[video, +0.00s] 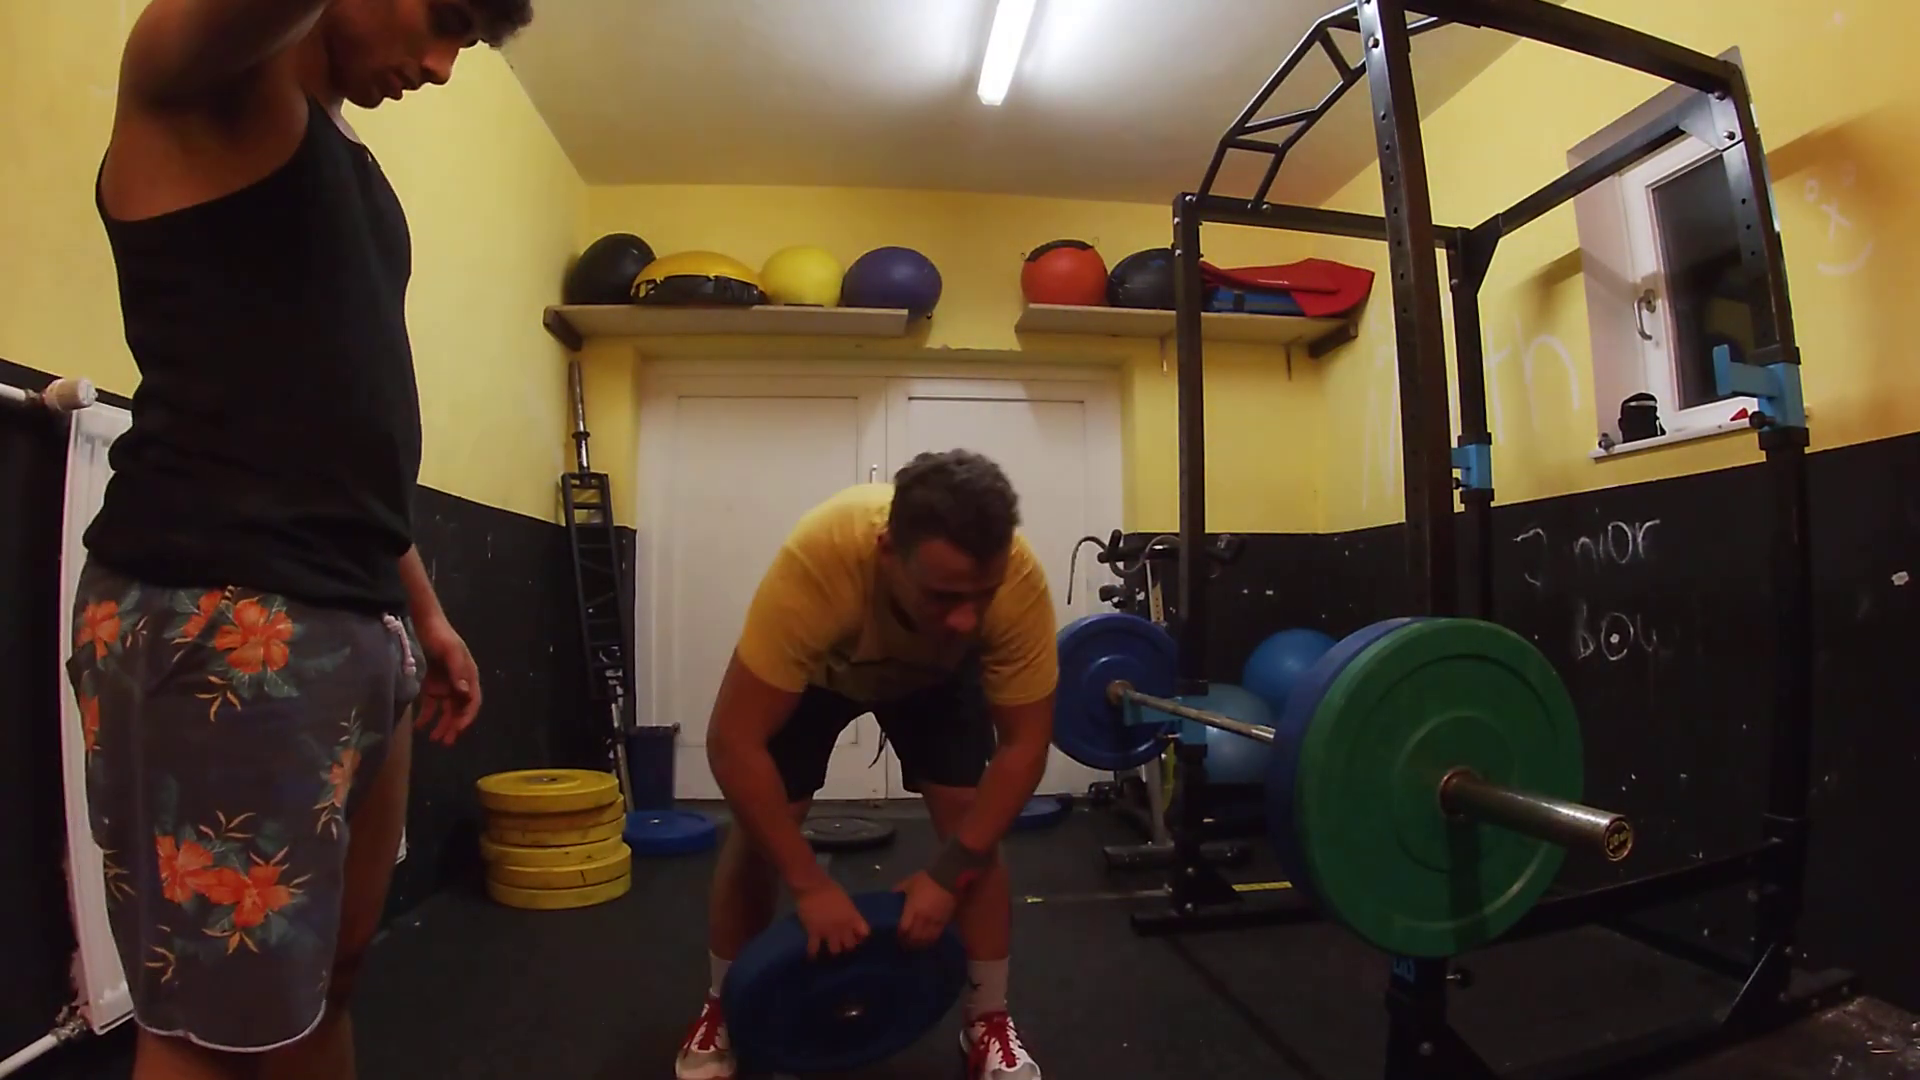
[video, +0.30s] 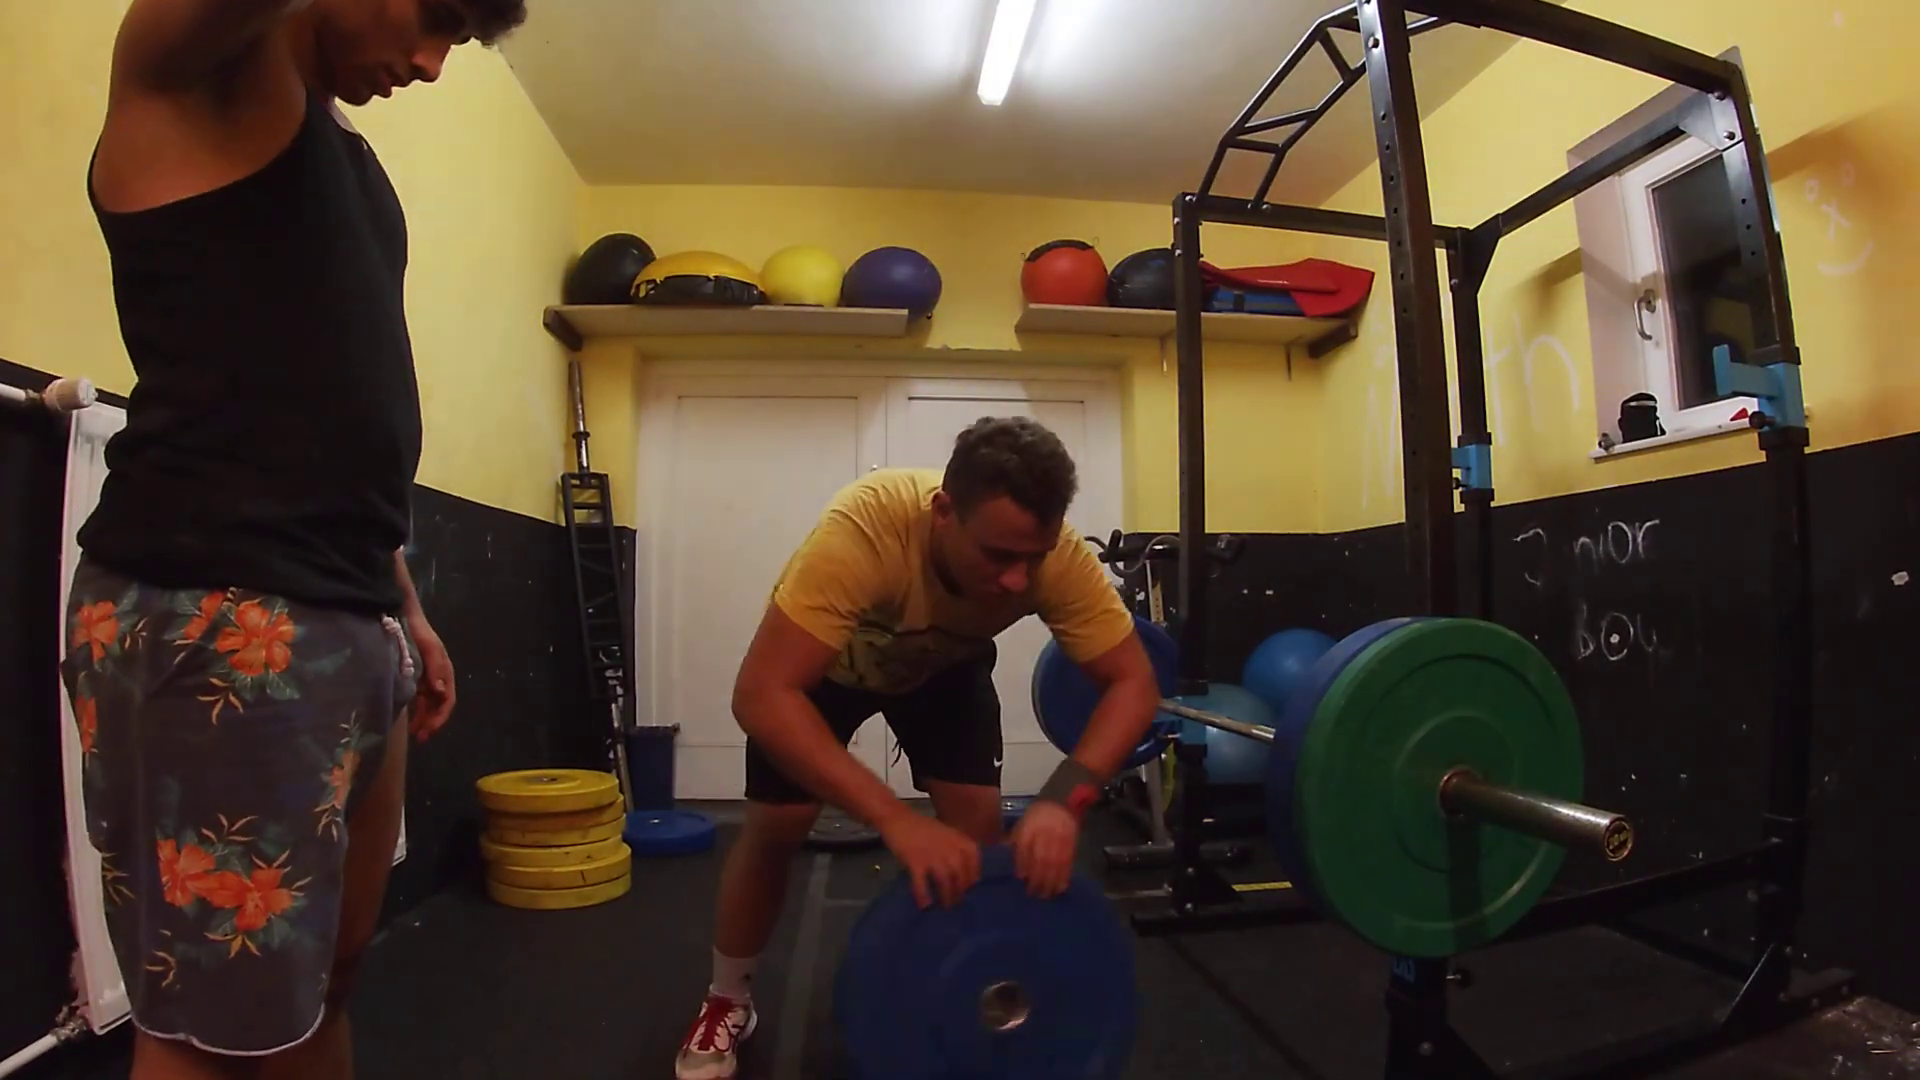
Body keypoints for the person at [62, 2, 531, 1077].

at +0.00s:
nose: (441, 69)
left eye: (463, 49)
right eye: (445, 28)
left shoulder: (342, 151)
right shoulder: (198, 86)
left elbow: (347, 401)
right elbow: (229, 28)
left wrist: (420, 605)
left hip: (357, 619)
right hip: (223, 617)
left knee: (325, 996)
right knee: (215, 1034)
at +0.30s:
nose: (432, 66)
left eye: (454, 46)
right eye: (436, 26)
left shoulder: (338, 146)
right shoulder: (193, 68)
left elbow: (334, 398)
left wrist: (399, 599)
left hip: (345, 617)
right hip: (218, 617)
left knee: (320, 999)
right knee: (211, 1038)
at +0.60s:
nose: (428, 59)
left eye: (452, 39)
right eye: (432, 18)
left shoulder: (339, 147)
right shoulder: (186, 71)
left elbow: (341, 401)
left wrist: (413, 600)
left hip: (350, 624)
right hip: (215, 623)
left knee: (319, 1002)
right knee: (209, 1042)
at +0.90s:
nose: (439, 55)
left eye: (464, 37)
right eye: (442, 16)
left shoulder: (344, 157)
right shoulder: (193, 75)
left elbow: (340, 407)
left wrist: (417, 604)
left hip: (355, 624)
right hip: (217, 623)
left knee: (324, 998)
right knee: (212, 1042)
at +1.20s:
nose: (442, 68)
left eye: (466, 50)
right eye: (448, 26)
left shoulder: (349, 159)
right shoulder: (207, 71)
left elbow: (339, 405)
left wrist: (405, 608)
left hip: (354, 621)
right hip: (228, 620)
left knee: (324, 1001)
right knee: (213, 1037)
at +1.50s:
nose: (440, 71)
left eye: (463, 54)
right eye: (444, 30)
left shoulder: (353, 158)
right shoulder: (208, 76)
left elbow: (344, 401)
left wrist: (414, 600)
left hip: (357, 618)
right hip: (229, 616)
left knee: (323, 999)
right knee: (217, 1032)